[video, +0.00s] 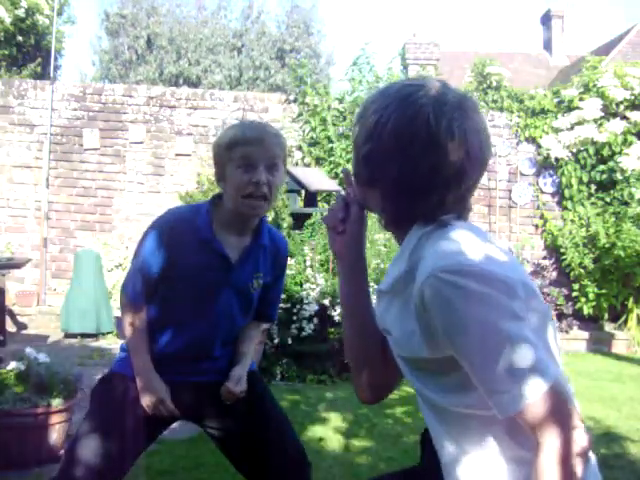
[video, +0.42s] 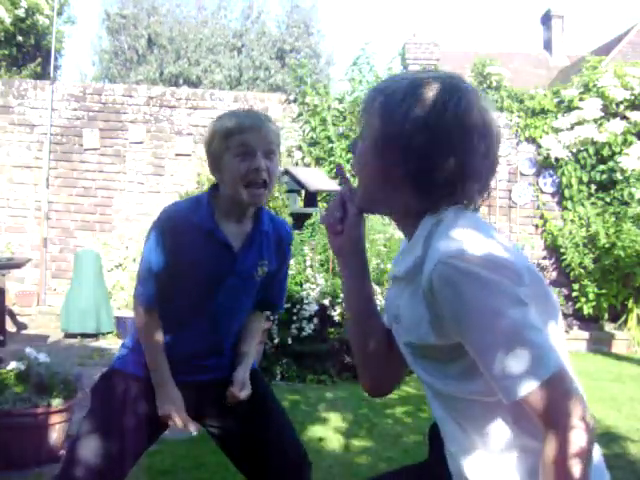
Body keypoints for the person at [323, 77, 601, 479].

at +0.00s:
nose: (353, 166)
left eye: (359, 152)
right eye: (358, 152)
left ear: (375, 173)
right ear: (469, 170)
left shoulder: (451, 272)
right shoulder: (420, 255)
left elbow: (559, 432)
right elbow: (372, 385)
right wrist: (349, 256)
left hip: (517, 472)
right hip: (473, 465)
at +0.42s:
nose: (352, 148)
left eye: (363, 137)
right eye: (359, 137)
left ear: (403, 154)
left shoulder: (456, 260)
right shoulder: (422, 251)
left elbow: (569, 422)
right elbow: (378, 378)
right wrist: (349, 253)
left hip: (524, 471)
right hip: (479, 464)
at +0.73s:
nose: (389, 150)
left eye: (414, 141)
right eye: (375, 136)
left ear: (447, 178)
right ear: (351, 158)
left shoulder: (466, 272)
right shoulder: (379, 253)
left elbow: (569, 421)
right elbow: (353, 389)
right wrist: (326, 283)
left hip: (526, 472)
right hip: (455, 464)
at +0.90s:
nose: (382, 153)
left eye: (406, 143)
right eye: (365, 139)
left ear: (439, 180)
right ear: (341, 163)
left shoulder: (464, 271)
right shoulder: (367, 258)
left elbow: (562, 420)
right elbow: (375, 392)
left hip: (517, 470)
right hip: (445, 463)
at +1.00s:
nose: (372, 159)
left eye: (395, 149)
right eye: (355, 146)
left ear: (430, 182)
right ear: (331, 170)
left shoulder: (463, 278)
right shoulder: (366, 263)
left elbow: (553, 429)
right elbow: (386, 390)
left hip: (512, 469)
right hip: (438, 465)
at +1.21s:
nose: (306, 93)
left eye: (316, 77)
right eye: (310, 77)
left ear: (352, 81)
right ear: (399, 85)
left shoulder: (404, 170)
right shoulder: (408, 157)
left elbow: (480, 334)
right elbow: (497, 212)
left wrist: (329, 260)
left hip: (466, 451)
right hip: (402, 431)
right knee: (303, 475)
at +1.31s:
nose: (318, 32)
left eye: (322, 15)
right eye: (321, 17)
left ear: (341, 17)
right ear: (402, 22)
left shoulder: (380, 78)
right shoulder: (444, 79)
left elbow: (432, 240)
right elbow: (540, 121)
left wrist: (305, 138)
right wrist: (467, 185)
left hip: (433, 370)